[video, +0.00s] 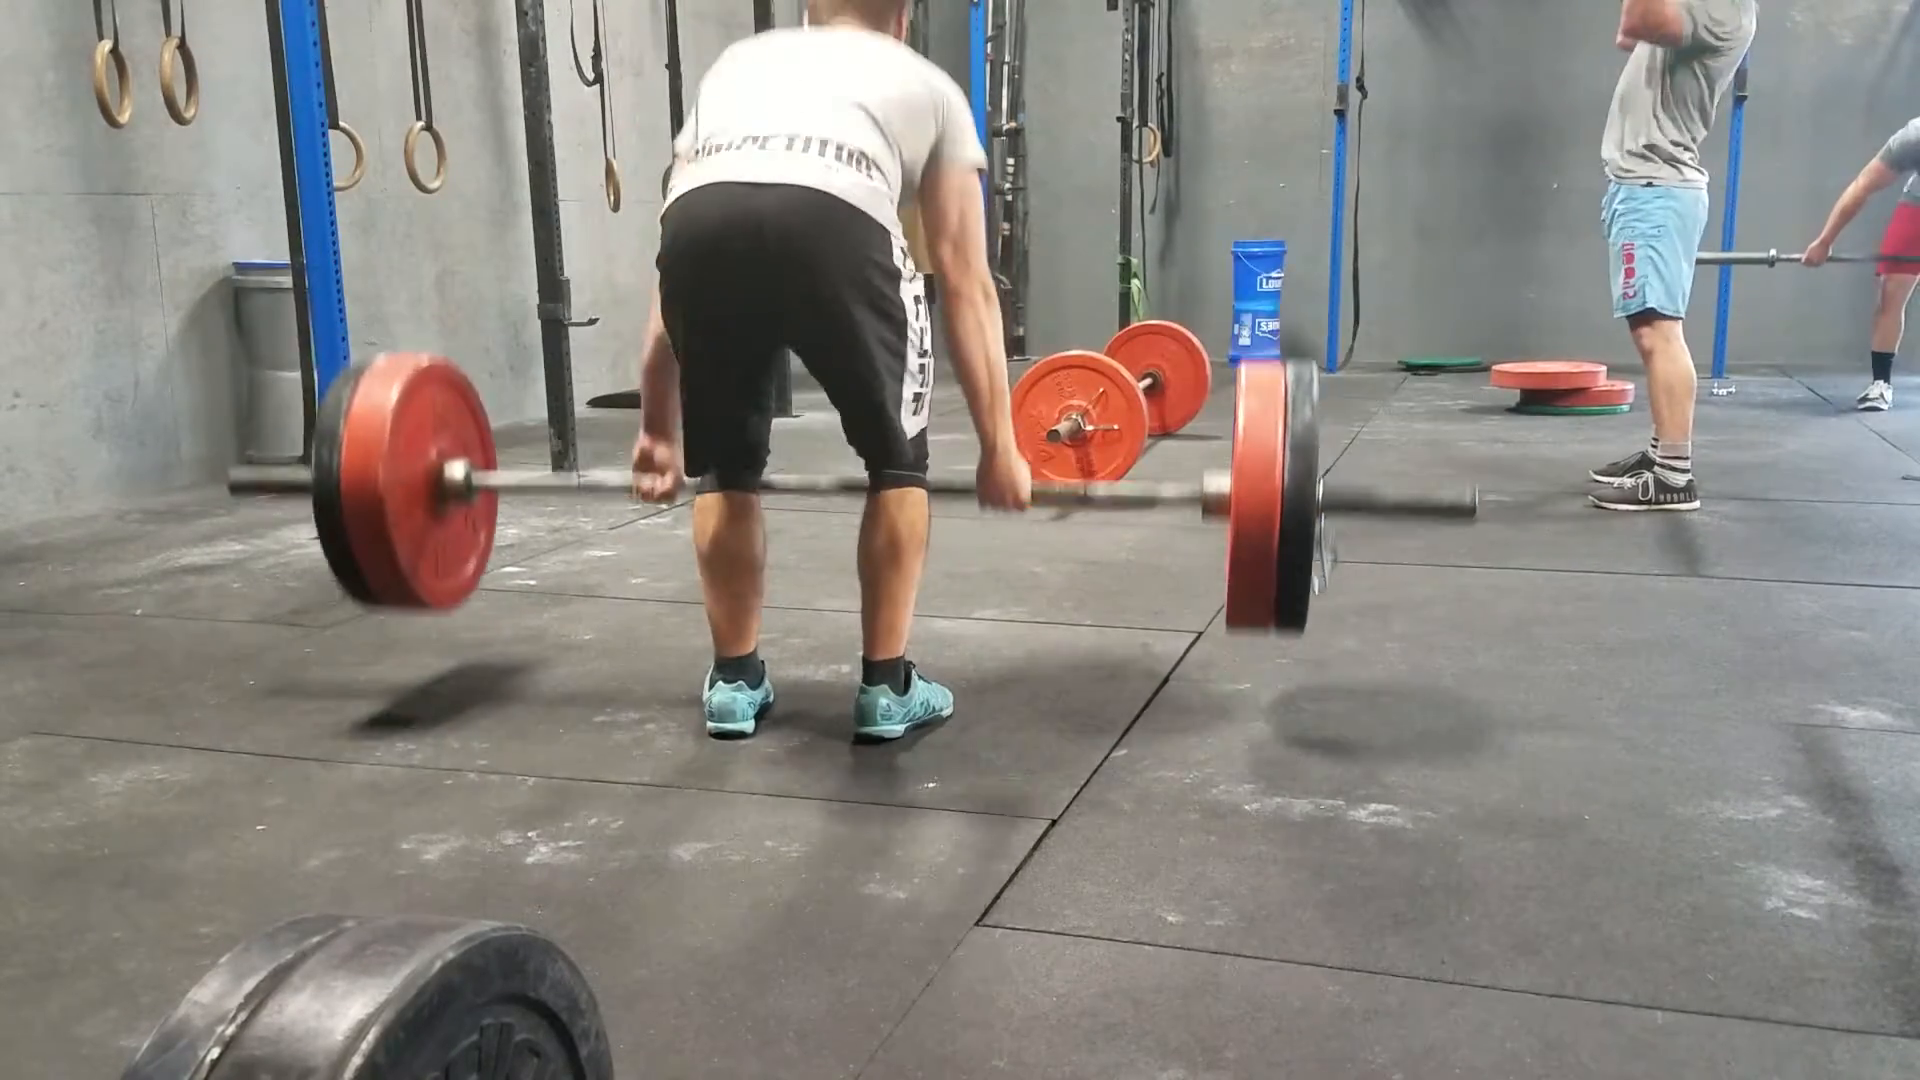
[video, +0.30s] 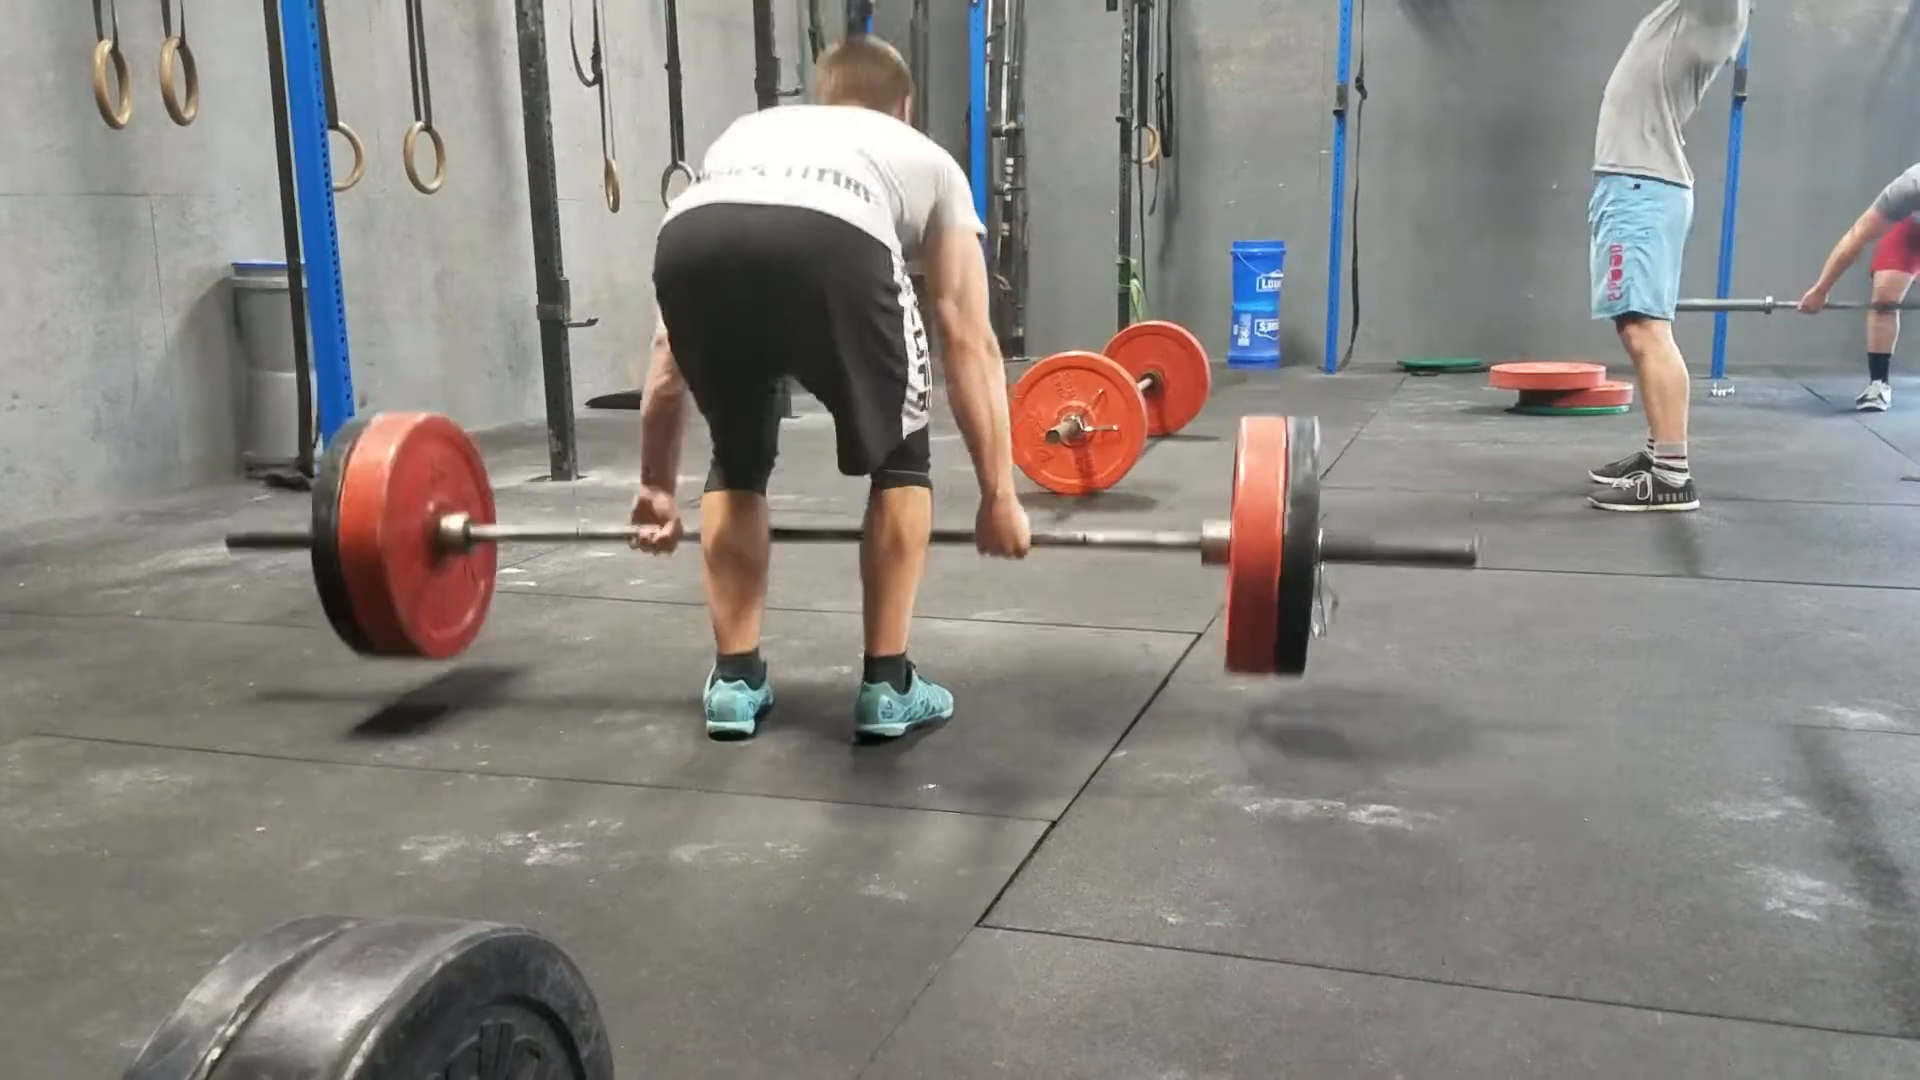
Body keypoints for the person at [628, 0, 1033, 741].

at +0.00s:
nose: (907, 27)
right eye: (910, 21)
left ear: (810, 15)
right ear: (901, 19)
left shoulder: (732, 63)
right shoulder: (931, 84)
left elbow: (676, 254)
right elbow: (963, 277)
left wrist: (656, 425)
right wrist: (998, 443)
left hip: (703, 224)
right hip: (834, 226)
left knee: (725, 476)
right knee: (895, 466)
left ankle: (733, 682)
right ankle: (884, 686)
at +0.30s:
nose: (910, 125)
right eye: (912, 116)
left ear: (819, 101)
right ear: (904, 109)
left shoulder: (742, 134)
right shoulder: (928, 163)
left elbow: (668, 367)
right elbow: (966, 338)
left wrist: (655, 485)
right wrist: (1000, 495)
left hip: (697, 239)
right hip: (836, 248)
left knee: (736, 465)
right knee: (899, 465)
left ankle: (734, 681)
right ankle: (886, 684)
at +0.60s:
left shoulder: (689, 5)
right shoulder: (929, 4)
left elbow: (660, 118)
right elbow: (960, 111)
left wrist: (639, 261)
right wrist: (995, 267)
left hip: (725, 180)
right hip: (847, 182)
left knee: (737, 453)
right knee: (880, 454)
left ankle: (732, 681)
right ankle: (885, 686)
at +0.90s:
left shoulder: (683, 7)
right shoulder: (930, 5)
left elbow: (658, 146)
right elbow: (958, 147)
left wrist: (643, 295)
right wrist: (995, 304)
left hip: (707, 215)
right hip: (834, 214)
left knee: (735, 455)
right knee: (885, 457)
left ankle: (731, 681)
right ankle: (885, 687)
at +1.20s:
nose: (913, 168)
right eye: (914, 159)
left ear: (822, 143)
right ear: (907, 155)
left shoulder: (746, 173)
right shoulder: (932, 209)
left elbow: (680, 392)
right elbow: (966, 395)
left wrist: (663, 538)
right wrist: (1003, 550)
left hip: (695, 272)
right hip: (838, 283)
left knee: (730, 476)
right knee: (911, 479)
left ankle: (735, 683)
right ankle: (886, 685)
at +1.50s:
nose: (917, 24)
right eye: (917, 19)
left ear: (821, 7)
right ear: (903, 13)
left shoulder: (737, 40)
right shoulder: (931, 65)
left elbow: (676, 223)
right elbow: (963, 239)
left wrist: (649, 387)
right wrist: (999, 400)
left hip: (705, 206)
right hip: (831, 208)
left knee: (730, 461)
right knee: (888, 457)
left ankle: (732, 681)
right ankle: (886, 685)